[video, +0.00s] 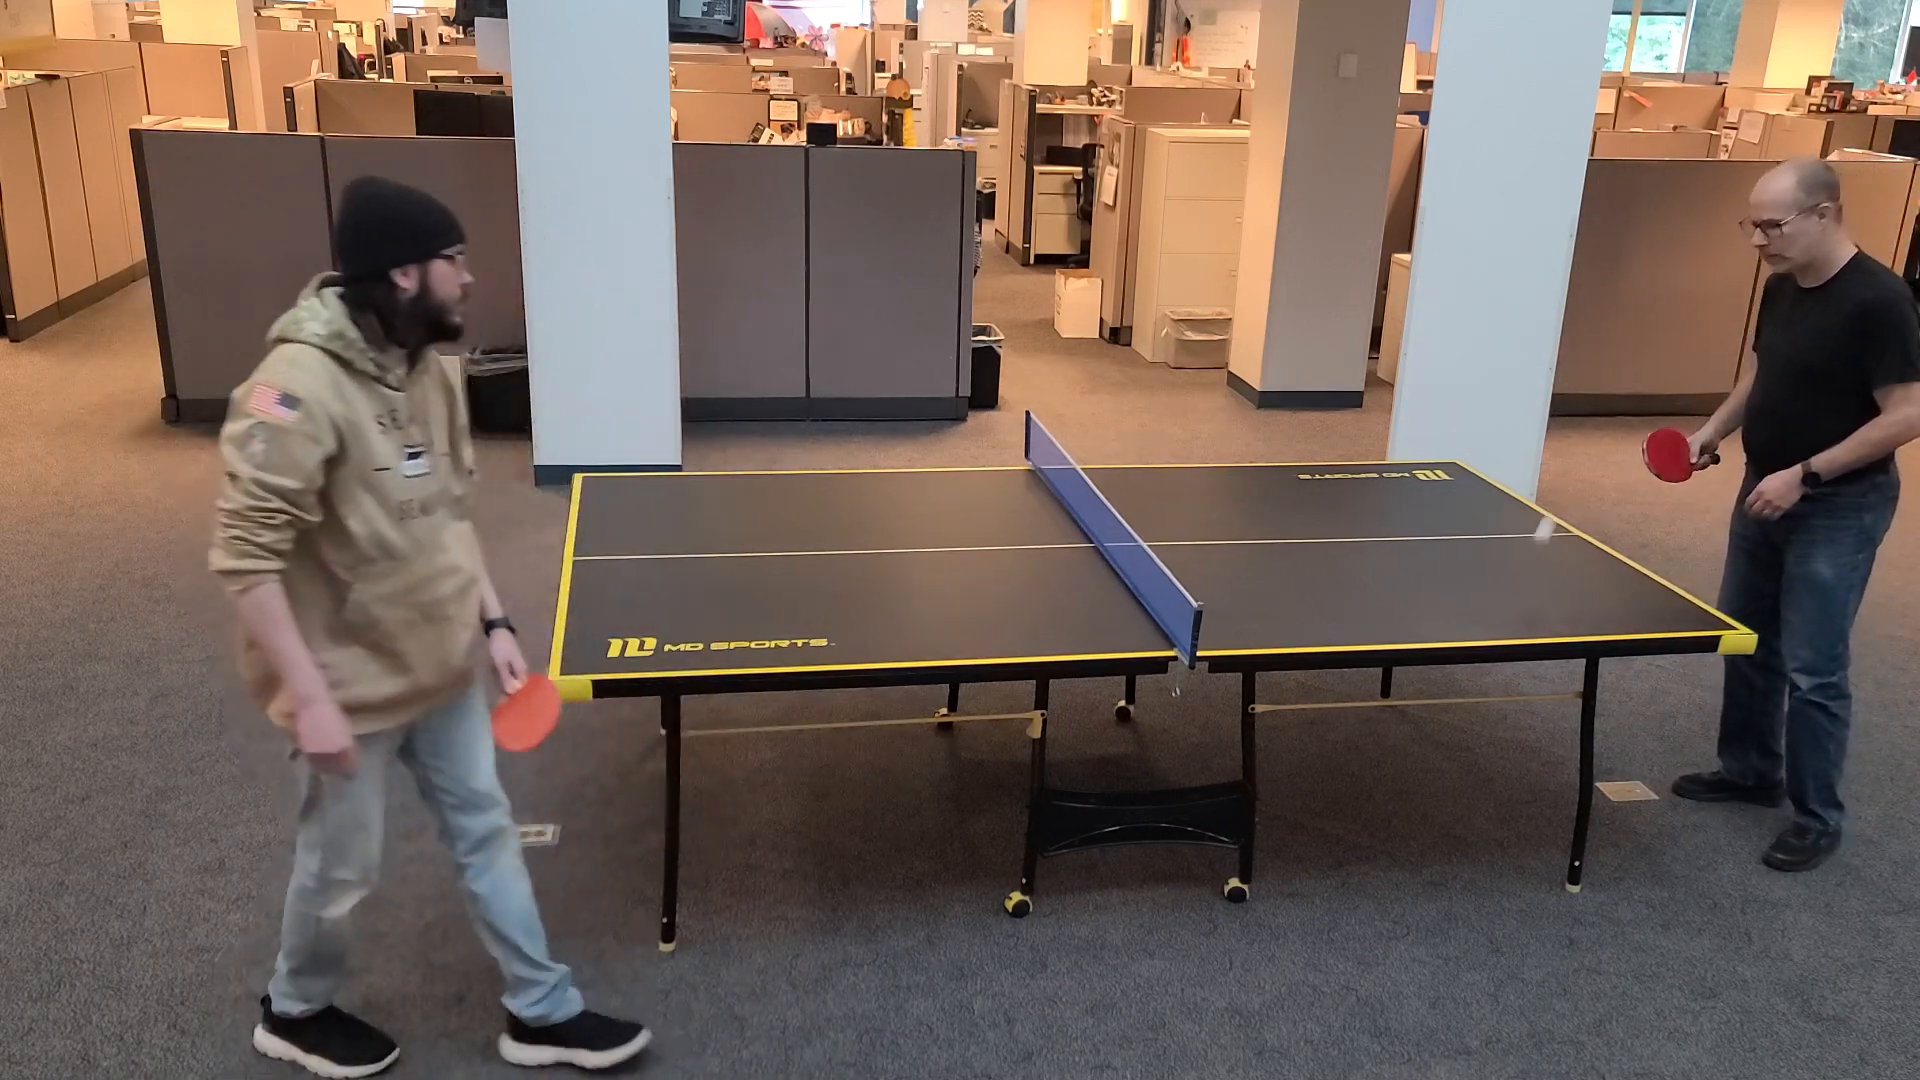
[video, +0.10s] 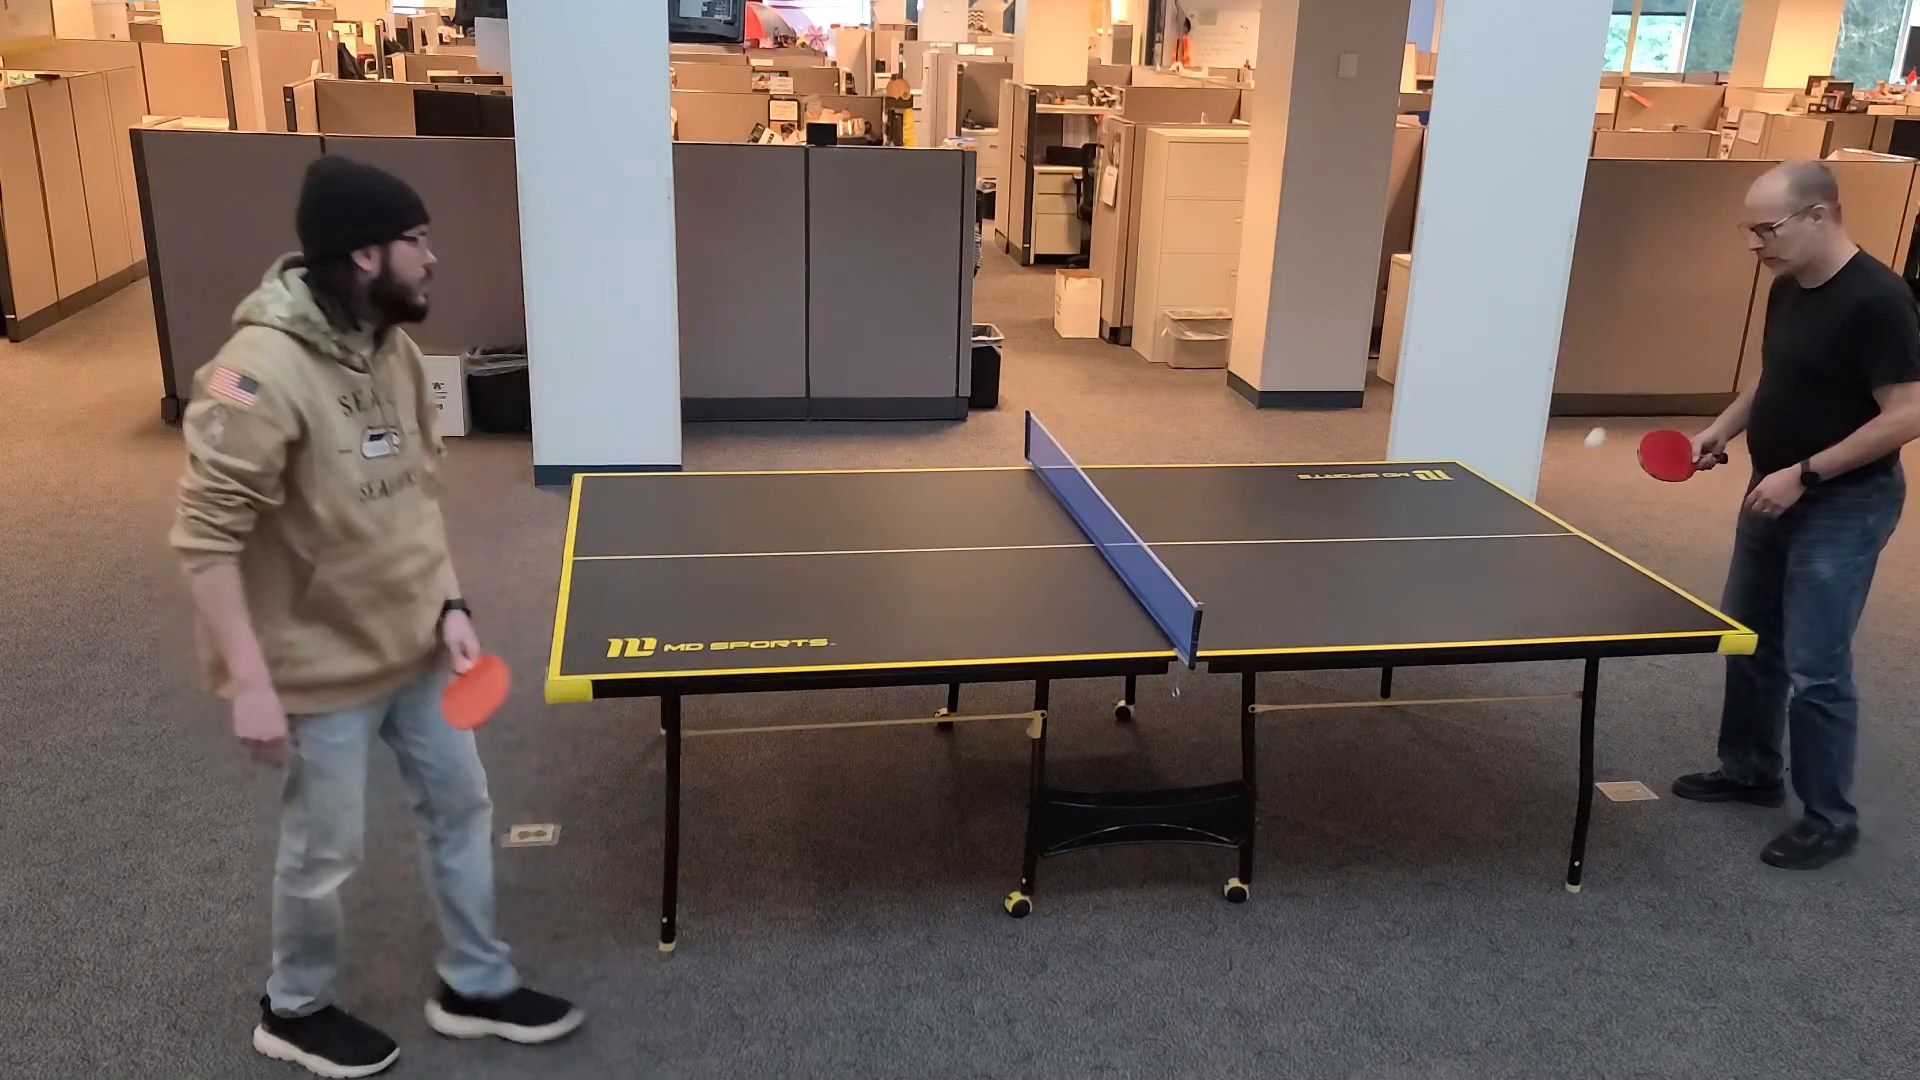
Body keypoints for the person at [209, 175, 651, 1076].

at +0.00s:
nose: (470, 276)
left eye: (465, 259)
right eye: (453, 261)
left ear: (409, 276)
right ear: (399, 277)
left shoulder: (431, 362)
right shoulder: (297, 385)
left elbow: (445, 512)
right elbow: (244, 556)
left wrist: (496, 624)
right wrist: (309, 698)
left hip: (438, 652)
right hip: (347, 673)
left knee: (487, 833)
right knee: (340, 864)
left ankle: (542, 1009)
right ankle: (294, 1010)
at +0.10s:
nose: (431, 255)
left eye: (426, 238)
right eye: (414, 241)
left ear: (367, 256)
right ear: (359, 257)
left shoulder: (391, 348)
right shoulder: (260, 373)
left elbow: (415, 493)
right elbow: (204, 536)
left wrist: (447, 601)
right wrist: (250, 683)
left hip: (410, 639)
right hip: (321, 660)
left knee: (460, 806)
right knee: (325, 845)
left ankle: (475, 984)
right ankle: (293, 1006)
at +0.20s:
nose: (402, 239)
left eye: (396, 220)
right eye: (384, 225)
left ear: (341, 237)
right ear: (327, 242)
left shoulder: (368, 333)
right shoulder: (228, 361)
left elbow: (392, 473)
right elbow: (169, 522)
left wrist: (419, 584)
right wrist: (215, 660)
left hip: (389, 625)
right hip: (297, 648)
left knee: (436, 773)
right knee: (302, 836)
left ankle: (405, 932)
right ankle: (292, 1002)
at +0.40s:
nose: (358, 233)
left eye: (353, 215)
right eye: (339, 219)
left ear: (303, 231)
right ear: (281, 234)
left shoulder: (341, 330)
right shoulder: (190, 349)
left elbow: (373, 465)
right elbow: (132, 503)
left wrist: (395, 578)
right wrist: (188, 635)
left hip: (353, 609)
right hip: (261, 631)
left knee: (354, 752)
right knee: (291, 824)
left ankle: (313, 856)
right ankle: (293, 1001)